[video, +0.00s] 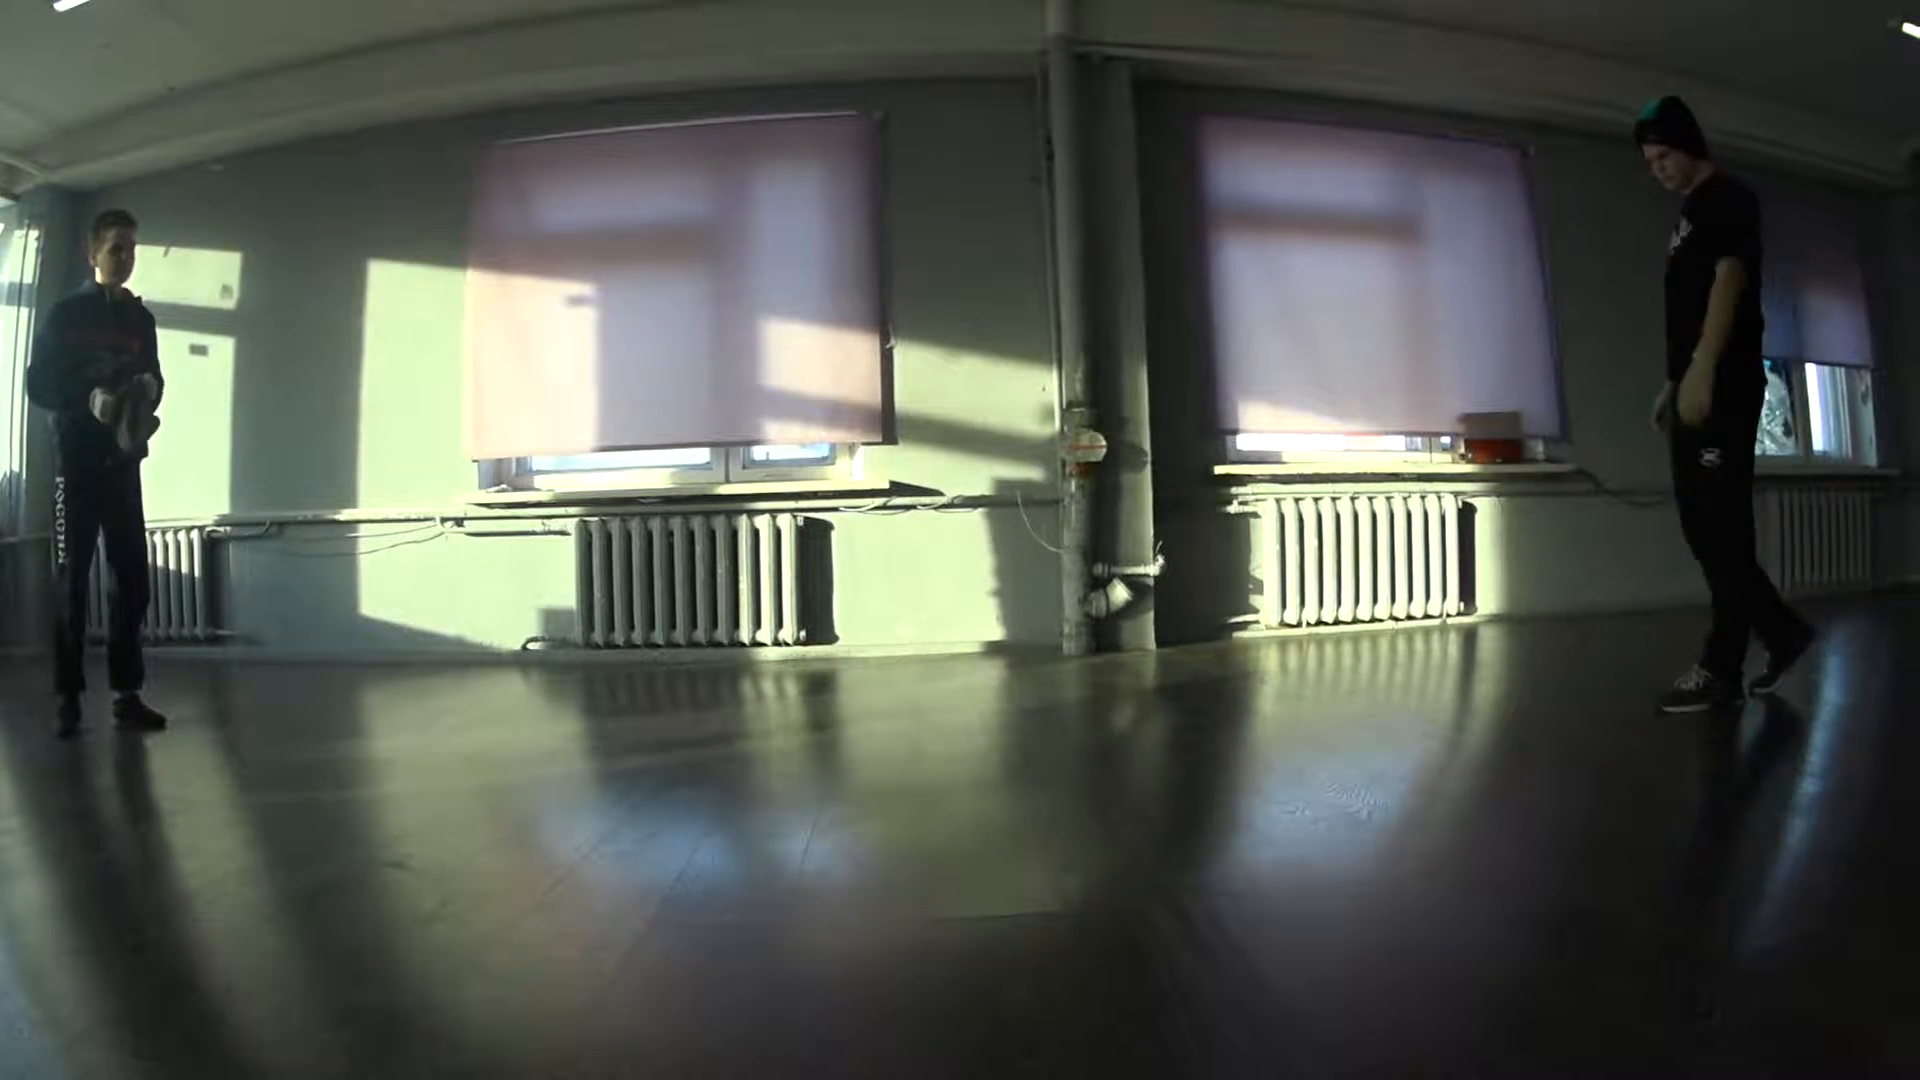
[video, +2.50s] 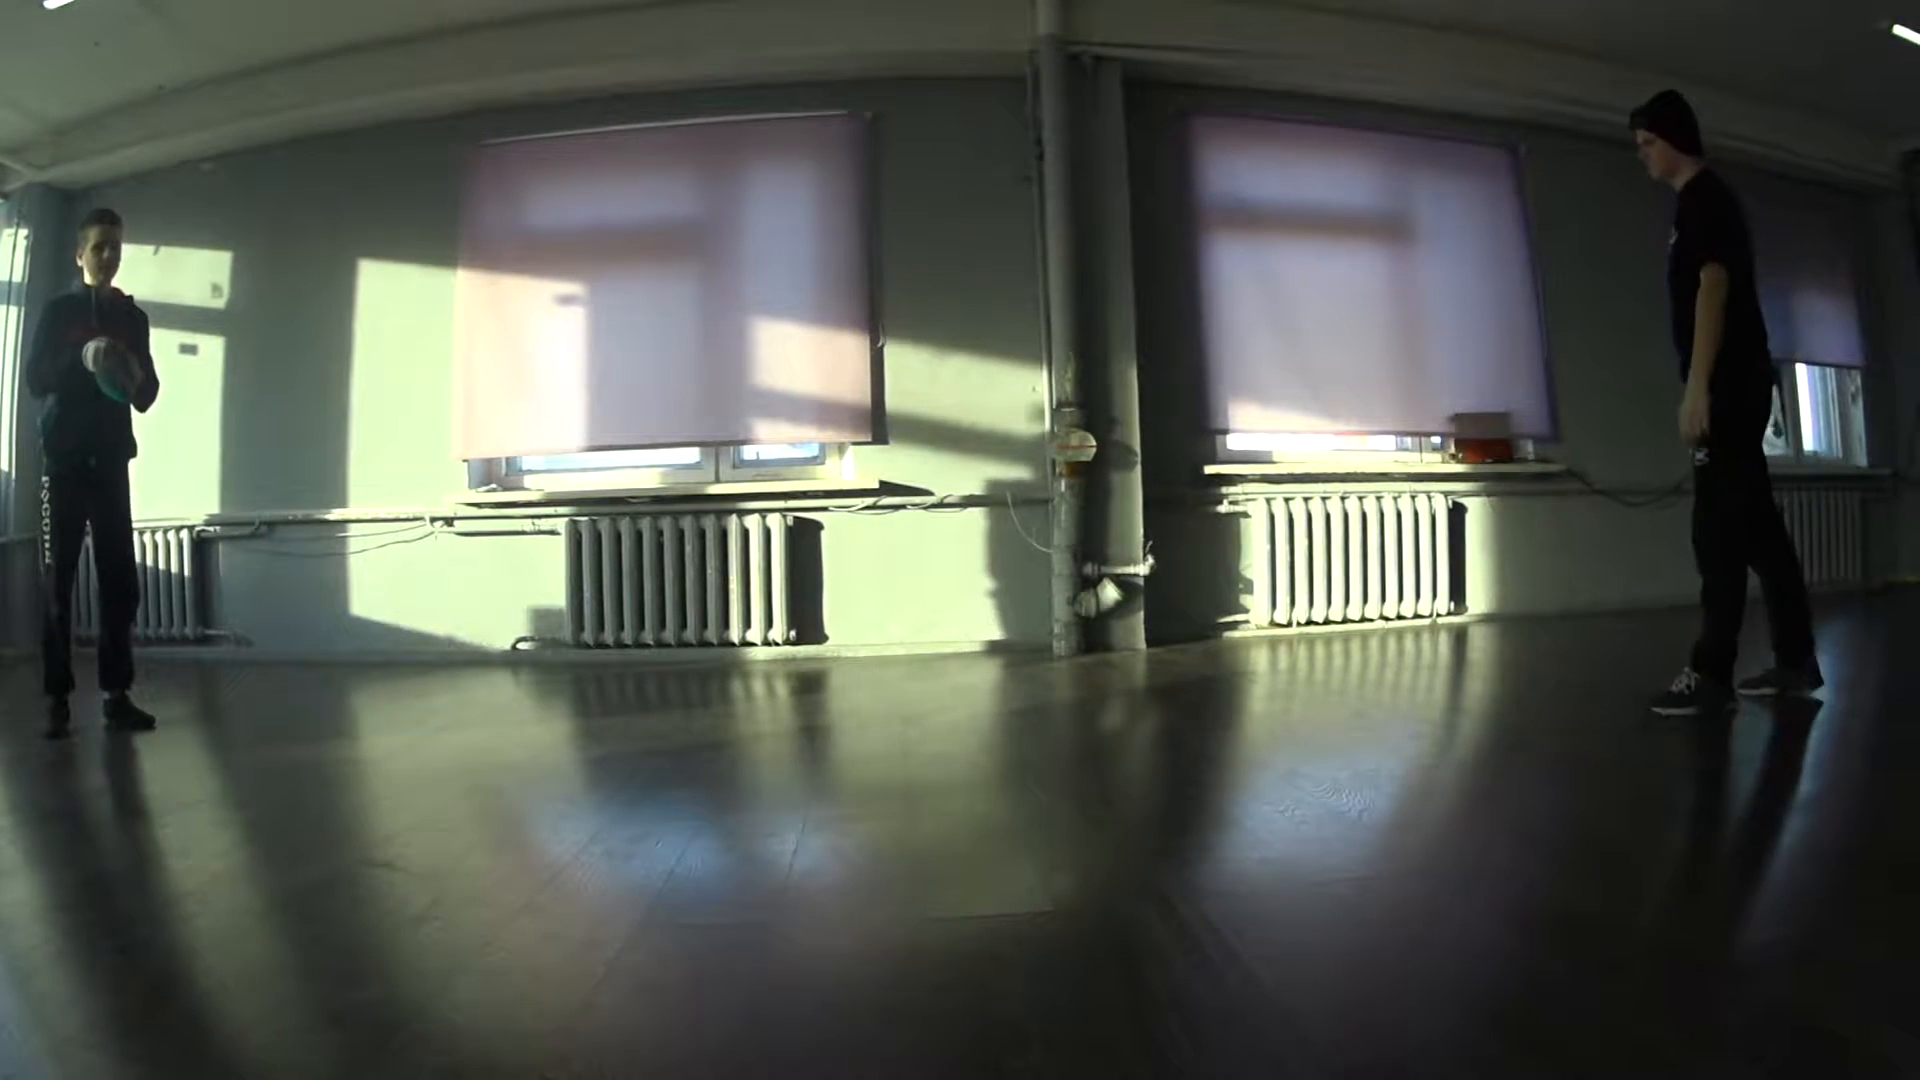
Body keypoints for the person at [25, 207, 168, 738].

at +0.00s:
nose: (125, 256)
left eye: (130, 247)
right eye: (115, 247)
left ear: (137, 253)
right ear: (92, 252)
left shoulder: (140, 315)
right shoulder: (67, 311)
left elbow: (154, 382)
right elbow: (38, 385)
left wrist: (144, 402)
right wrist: (87, 397)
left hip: (124, 456)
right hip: (78, 455)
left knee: (133, 576)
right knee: (74, 575)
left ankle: (127, 697)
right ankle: (68, 700)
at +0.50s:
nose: (120, 258)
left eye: (126, 250)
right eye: (111, 249)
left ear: (133, 253)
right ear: (89, 252)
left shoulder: (135, 317)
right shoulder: (64, 311)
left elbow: (151, 396)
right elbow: (42, 390)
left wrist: (139, 397)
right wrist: (88, 389)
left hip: (121, 458)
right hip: (76, 457)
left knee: (130, 578)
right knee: (71, 578)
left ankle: (125, 696)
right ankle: (65, 700)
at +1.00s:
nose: (117, 262)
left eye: (123, 253)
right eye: (109, 252)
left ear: (130, 257)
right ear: (86, 253)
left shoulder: (131, 318)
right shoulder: (62, 310)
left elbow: (145, 398)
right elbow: (39, 391)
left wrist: (143, 394)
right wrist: (85, 380)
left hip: (119, 454)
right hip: (74, 454)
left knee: (127, 576)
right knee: (68, 576)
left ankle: (123, 696)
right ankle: (64, 698)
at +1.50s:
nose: (111, 259)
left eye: (117, 250)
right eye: (102, 250)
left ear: (124, 254)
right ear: (82, 253)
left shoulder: (132, 315)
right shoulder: (59, 312)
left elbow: (148, 388)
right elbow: (38, 392)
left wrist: (130, 411)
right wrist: (81, 389)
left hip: (116, 457)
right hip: (70, 457)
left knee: (124, 576)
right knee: (64, 576)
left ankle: (121, 696)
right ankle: (62, 699)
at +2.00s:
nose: (111, 256)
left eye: (118, 247)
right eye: (102, 247)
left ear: (127, 251)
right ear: (83, 253)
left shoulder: (138, 315)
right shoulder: (63, 310)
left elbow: (154, 393)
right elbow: (39, 385)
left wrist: (139, 390)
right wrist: (81, 380)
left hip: (113, 456)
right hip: (66, 456)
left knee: (120, 577)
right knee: (60, 580)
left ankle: (119, 696)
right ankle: (60, 700)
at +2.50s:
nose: (109, 255)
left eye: (115, 246)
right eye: (101, 246)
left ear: (122, 252)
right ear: (80, 253)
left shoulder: (133, 315)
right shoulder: (60, 308)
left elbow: (147, 397)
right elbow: (35, 381)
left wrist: (128, 364)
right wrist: (79, 355)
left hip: (112, 458)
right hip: (65, 456)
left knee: (118, 576)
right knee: (59, 577)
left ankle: (117, 696)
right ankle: (58, 700)